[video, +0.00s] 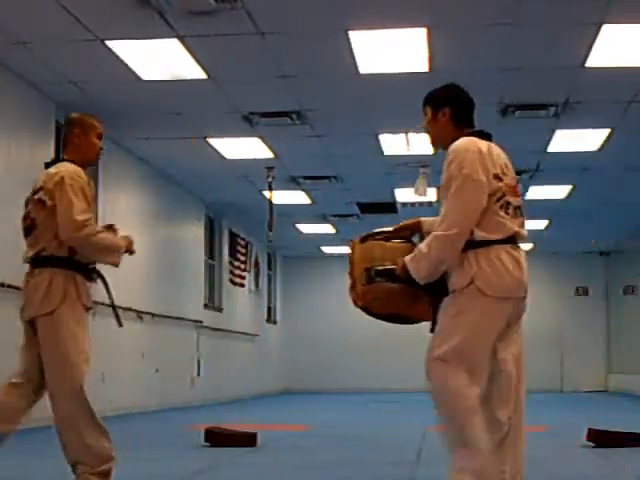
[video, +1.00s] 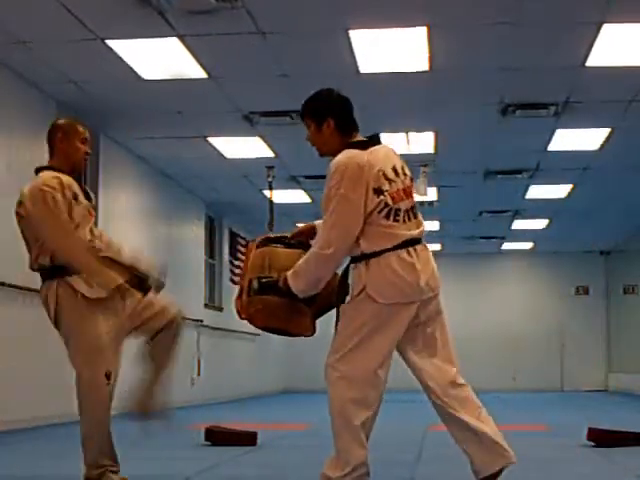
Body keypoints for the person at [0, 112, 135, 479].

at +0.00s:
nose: (102, 146)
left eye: (101, 139)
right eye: (97, 138)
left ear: (73, 141)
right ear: (75, 138)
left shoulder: (50, 177)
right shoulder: (69, 174)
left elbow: (58, 237)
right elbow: (78, 234)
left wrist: (100, 234)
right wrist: (119, 245)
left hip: (40, 283)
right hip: (59, 283)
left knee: (30, 379)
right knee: (68, 380)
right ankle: (93, 466)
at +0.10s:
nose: (79, 151)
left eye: (79, 144)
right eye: (74, 143)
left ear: (48, 145)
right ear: (53, 143)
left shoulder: (26, 182)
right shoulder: (45, 181)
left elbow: (23, 240)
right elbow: (46, 240)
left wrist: (65, 241)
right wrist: (85, 268)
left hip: (12, 286)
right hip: (26, 287)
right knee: (53, 382)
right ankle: (88, 466)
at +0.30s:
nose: (40, 166)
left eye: (40, 159)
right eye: (35, 157)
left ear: (15, 160)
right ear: (14, 158)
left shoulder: (11, 197)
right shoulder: (6, 197)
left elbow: (6, 261)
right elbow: (5, 261)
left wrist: (21, 269)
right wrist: (36, 290)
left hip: (7, 306)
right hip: (3, 307)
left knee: (21, 386)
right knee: (21, 386)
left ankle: (58, 464)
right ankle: (58, 465)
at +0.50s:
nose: (34, 138)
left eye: (34, 132)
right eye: (29, 130)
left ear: (13, 132)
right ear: (8, 130)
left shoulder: (12, 169)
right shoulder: (7, 166)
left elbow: (13, 223)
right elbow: (10, 222)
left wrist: (45, 236)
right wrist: (51, 237)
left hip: (6, 272)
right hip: (3, 273)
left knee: (22, 351)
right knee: (22, 351)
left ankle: (14, 447)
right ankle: (11, 448)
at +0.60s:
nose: (38, 155)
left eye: (38, 148)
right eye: (33, 147)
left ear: (14, 147)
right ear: (11, 146)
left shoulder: (13, 185)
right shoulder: (6, 183)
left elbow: (16, 236)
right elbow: (14, 237)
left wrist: (55, 227)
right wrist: (61, 226)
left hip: (6, 292)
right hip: (2, 293)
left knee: (25, 369)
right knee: (26, 368)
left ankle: (45, 454)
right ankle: (39, 461)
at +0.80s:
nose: (57, 158)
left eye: (57, 152)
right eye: (50, 150)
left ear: (37, 155)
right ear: (26, 152)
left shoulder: (36, 202)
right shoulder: (14, 197)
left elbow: (49, 245)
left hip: (26, 301)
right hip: (19, 302)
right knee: (63, 382)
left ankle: (86, 467)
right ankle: (88, 469)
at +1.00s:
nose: (88, 150)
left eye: (88, 144)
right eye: (82, 142)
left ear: (67, 145)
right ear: (59, 142)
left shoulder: (74, 191)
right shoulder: (44, 186)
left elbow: (96, 242)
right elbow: (69, 247)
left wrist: (136, 272)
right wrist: (118, 282)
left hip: (102, 283)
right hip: (75, 289)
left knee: (167, 319)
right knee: (96, 377)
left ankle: (145, 399)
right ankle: (99, 467)